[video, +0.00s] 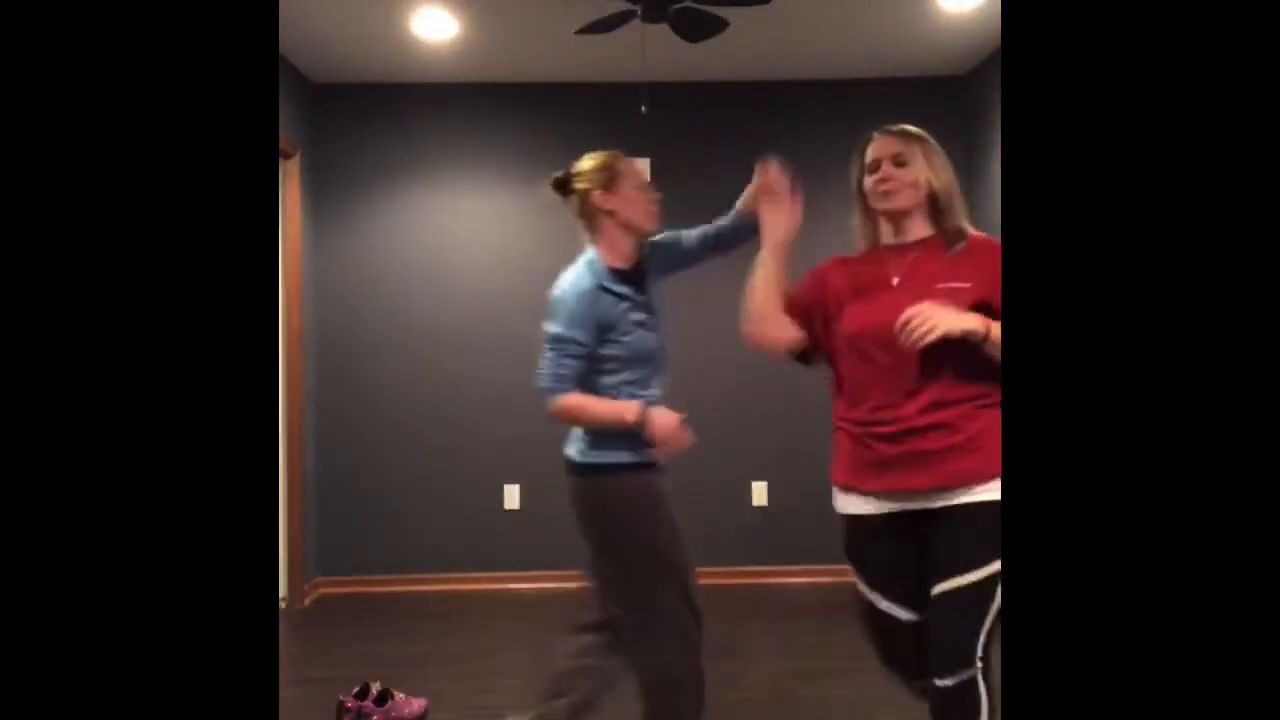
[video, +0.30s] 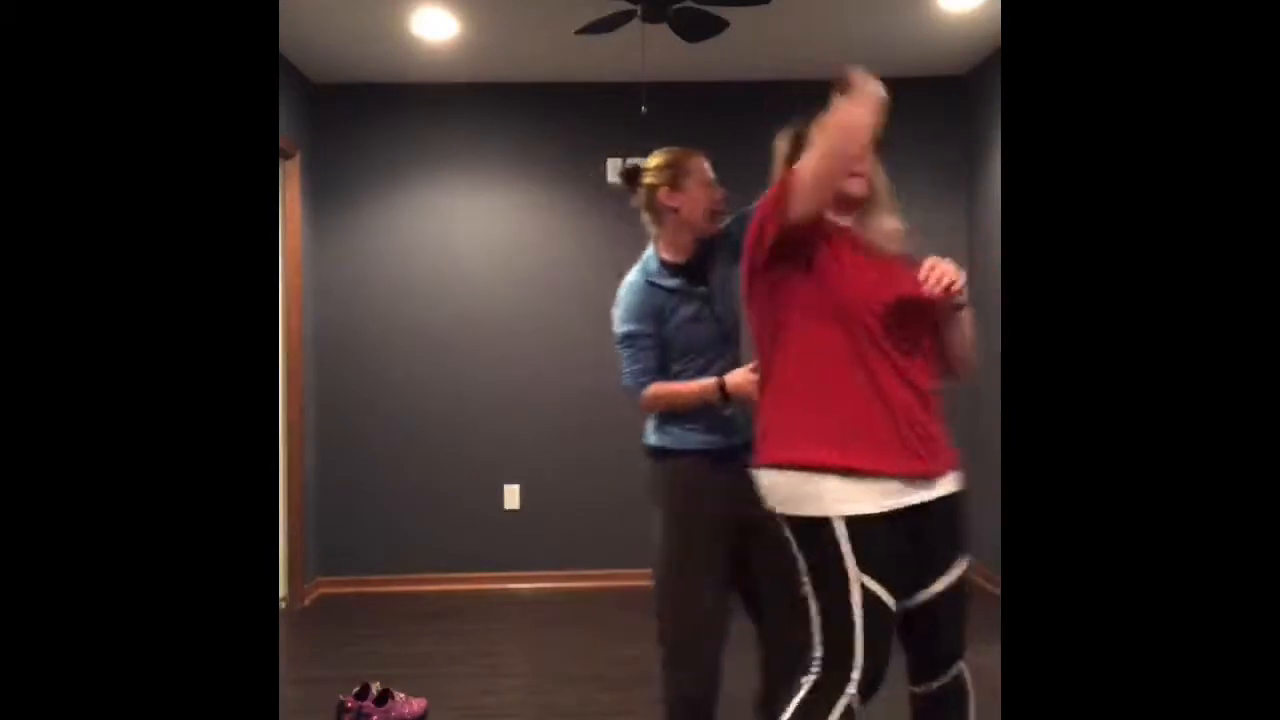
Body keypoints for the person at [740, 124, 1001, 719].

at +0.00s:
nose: (884, 173)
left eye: (899, 161)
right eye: (873, 168)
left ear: (932, 173)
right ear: (862, 189)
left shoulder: (983, 259)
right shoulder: (841, 277)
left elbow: (1003, 347)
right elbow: (765, 331)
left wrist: (974, 324)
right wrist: (773, 241)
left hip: (972, 495)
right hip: (872, 502)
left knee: (953, 667)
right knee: (902, 656)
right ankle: (964, 704)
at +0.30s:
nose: (854, 167)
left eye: (864, 154)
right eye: (836, 153)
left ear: (877, 168)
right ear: (799, 168)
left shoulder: (896, 257)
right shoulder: (779, 243)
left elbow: (959, 363)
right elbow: (817, 168)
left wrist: (954, 301)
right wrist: (860, 102)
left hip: (922, 481)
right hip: (824, 485)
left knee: (940, 666)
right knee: (848, 667)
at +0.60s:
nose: (781, 161)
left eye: (772, 144)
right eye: (766, 147)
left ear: (685, 165)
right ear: (733, 164)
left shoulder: (659, 249)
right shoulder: (761, 241)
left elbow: (718, 346)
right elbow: (873, 324)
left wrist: (813, 359)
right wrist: (894, 344)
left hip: (669, 481)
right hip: (761, 486)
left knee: (725, 635)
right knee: (783, 661)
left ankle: (672, 703)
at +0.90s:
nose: (690, 168)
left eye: (686, 156)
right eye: (685, 156)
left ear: (597, 162)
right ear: (674, 163)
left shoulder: (565, 239)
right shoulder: (712, 248)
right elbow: (747, 354)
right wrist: (784, 348)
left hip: (557, 487)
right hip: (672, 492)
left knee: (567, 672)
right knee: (721, 660)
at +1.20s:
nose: (702, 188)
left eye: (700, 173)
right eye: (693, 173)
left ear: (621, 181)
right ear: (667, 182)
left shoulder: (597, 258)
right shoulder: (692, 263)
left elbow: (688, 245)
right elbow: (733, 380)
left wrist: (750, 169)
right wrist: (815, 371)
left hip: (590, 484)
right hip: (686, 497)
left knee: (613, 650)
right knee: (674, 666)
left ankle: (579, 710)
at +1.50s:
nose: (753, 182)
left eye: (750, 171)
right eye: (742, 171)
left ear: (708, 183)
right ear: (705, 180)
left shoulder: (730, 262)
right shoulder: (689, 260)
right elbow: (679, 367)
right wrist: (795, 365)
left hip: (736, 458)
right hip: (698, 461)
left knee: (768, 602)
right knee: (707, 626)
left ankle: (769, 707)